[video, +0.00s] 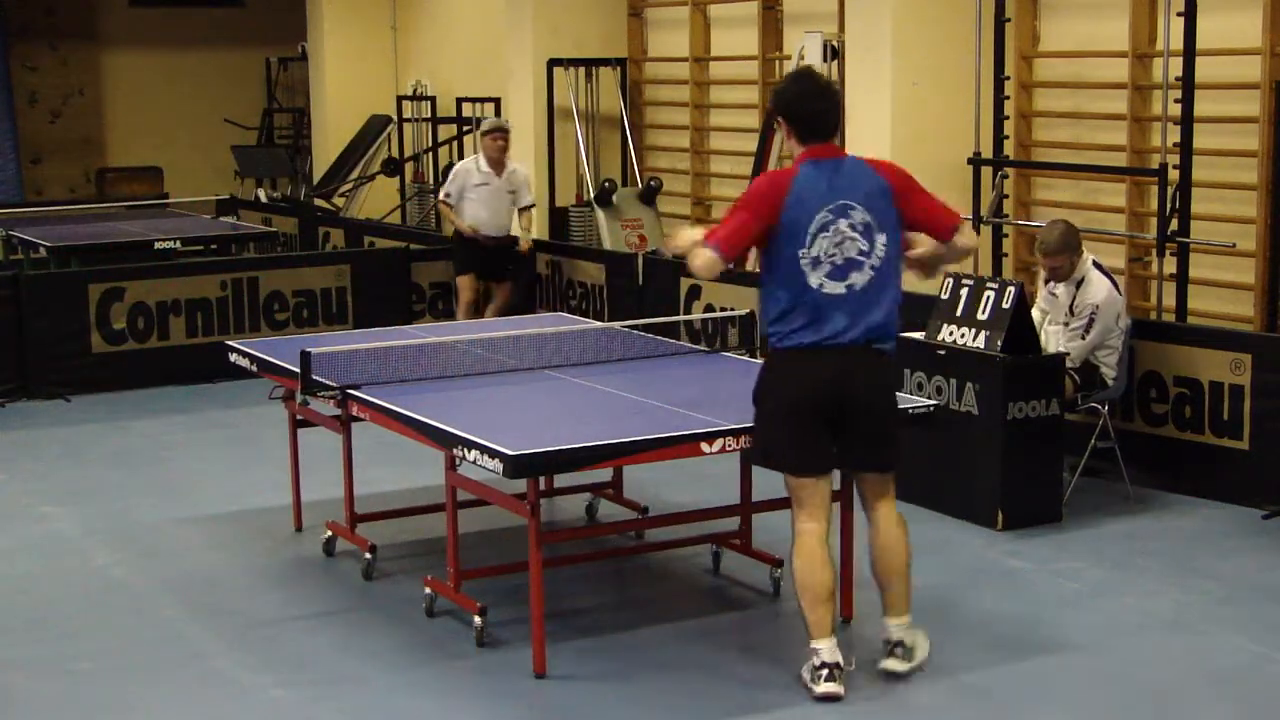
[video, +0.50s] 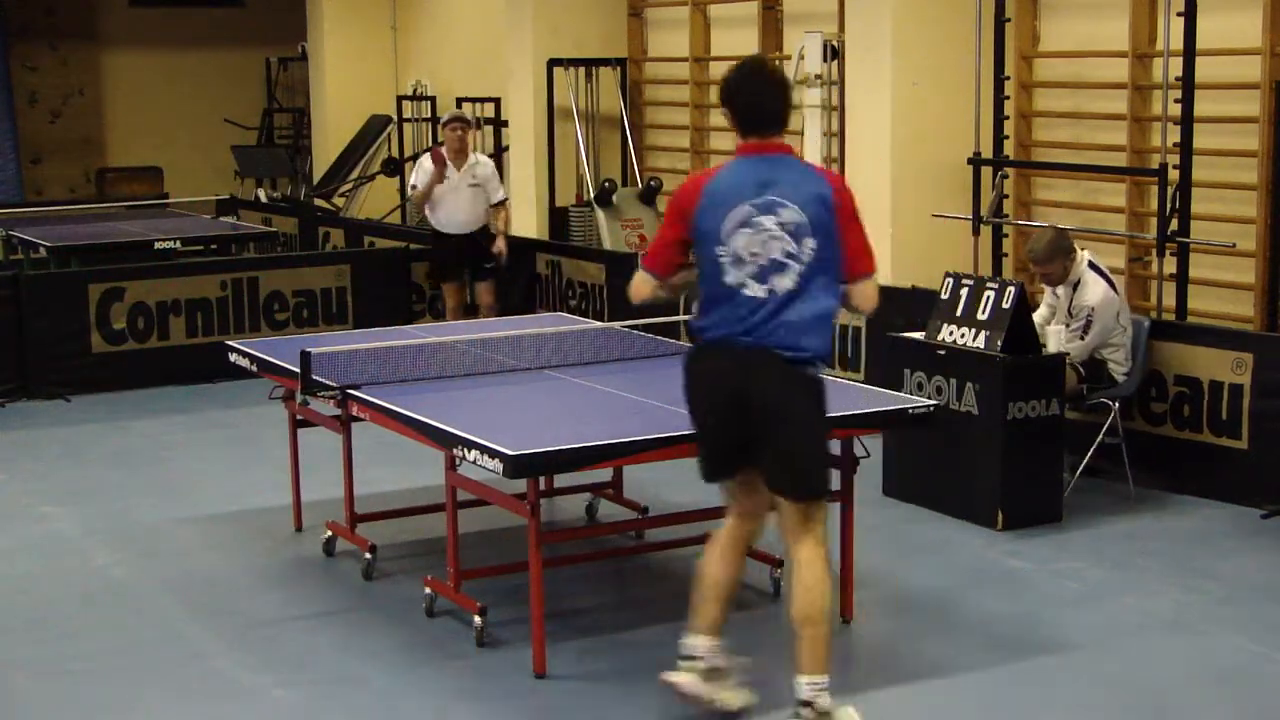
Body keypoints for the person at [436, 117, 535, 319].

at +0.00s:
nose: (500, 144)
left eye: (504, 139)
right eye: (494, 139)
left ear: (508, 143)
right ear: (482, 142)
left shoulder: (517, 174)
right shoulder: (464, 169)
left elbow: (524, 208)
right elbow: (443, 202)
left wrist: (525, 235)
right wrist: (460, 225)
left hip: (501, 242)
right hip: (469, 239)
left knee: (503, 295)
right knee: (468, 296)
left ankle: (483, 336)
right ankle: (464, 342)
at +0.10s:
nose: (488, 144)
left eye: (492, 139)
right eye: (482, 139)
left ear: (497, 143)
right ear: (470, 141)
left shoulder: (508, 171)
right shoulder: (453, 171)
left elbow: (517, 206)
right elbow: (437, 206)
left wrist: (507, 227)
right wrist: (452, 233)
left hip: (495, 243)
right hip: (463, 242)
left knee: (496, 297)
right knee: (461, 298)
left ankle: (481, 341)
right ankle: (458, 344)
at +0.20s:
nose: (478, 142)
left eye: (482, 137)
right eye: (472, 137)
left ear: (487, 140)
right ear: (461, 140)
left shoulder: (500, 169)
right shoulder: (443, 170)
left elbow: (506, 209)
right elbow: (432, 206)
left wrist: (488, 224)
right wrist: (445, 234)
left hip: (489, 242)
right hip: (457, 243)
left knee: (494, 298)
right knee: (457, 301)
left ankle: (487, 346)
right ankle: (455, 346)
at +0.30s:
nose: (471, 138)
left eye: (475, 134)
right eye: (465, 133)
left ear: (482, 138)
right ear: (454, 136)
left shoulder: (493, 166)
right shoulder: (438, 165)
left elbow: (501, 205)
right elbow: (426, 202)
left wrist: (485, 223)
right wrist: (443, 224)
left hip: (485, 238)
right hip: (453, 239)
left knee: (494, 295)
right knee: (456, 299)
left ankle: (487, 344)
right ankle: (456, 348)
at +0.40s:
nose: (463, 135)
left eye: (468, 130)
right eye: (458, 131)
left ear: (475, 134)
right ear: (448, 134)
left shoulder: (488, 165)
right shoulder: (431, 163)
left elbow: (499, 202)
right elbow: (419, 200)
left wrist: (491, 227)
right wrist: (434, 200)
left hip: (482, 237)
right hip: (447, 239)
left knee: (492, 301)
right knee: (455, 302)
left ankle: (489, 347)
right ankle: (456, 347)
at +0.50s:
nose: (459, 134)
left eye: (464, 129)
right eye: (454, 130)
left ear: (470, 134)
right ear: (444, 134)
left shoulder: (484, 164)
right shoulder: (427, 162)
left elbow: (499, 204)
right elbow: (417, 202)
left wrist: (500, 236)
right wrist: (434, 179)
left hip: (479, 239)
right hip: (445, 241)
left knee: (487, 303)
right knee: (453, 305)